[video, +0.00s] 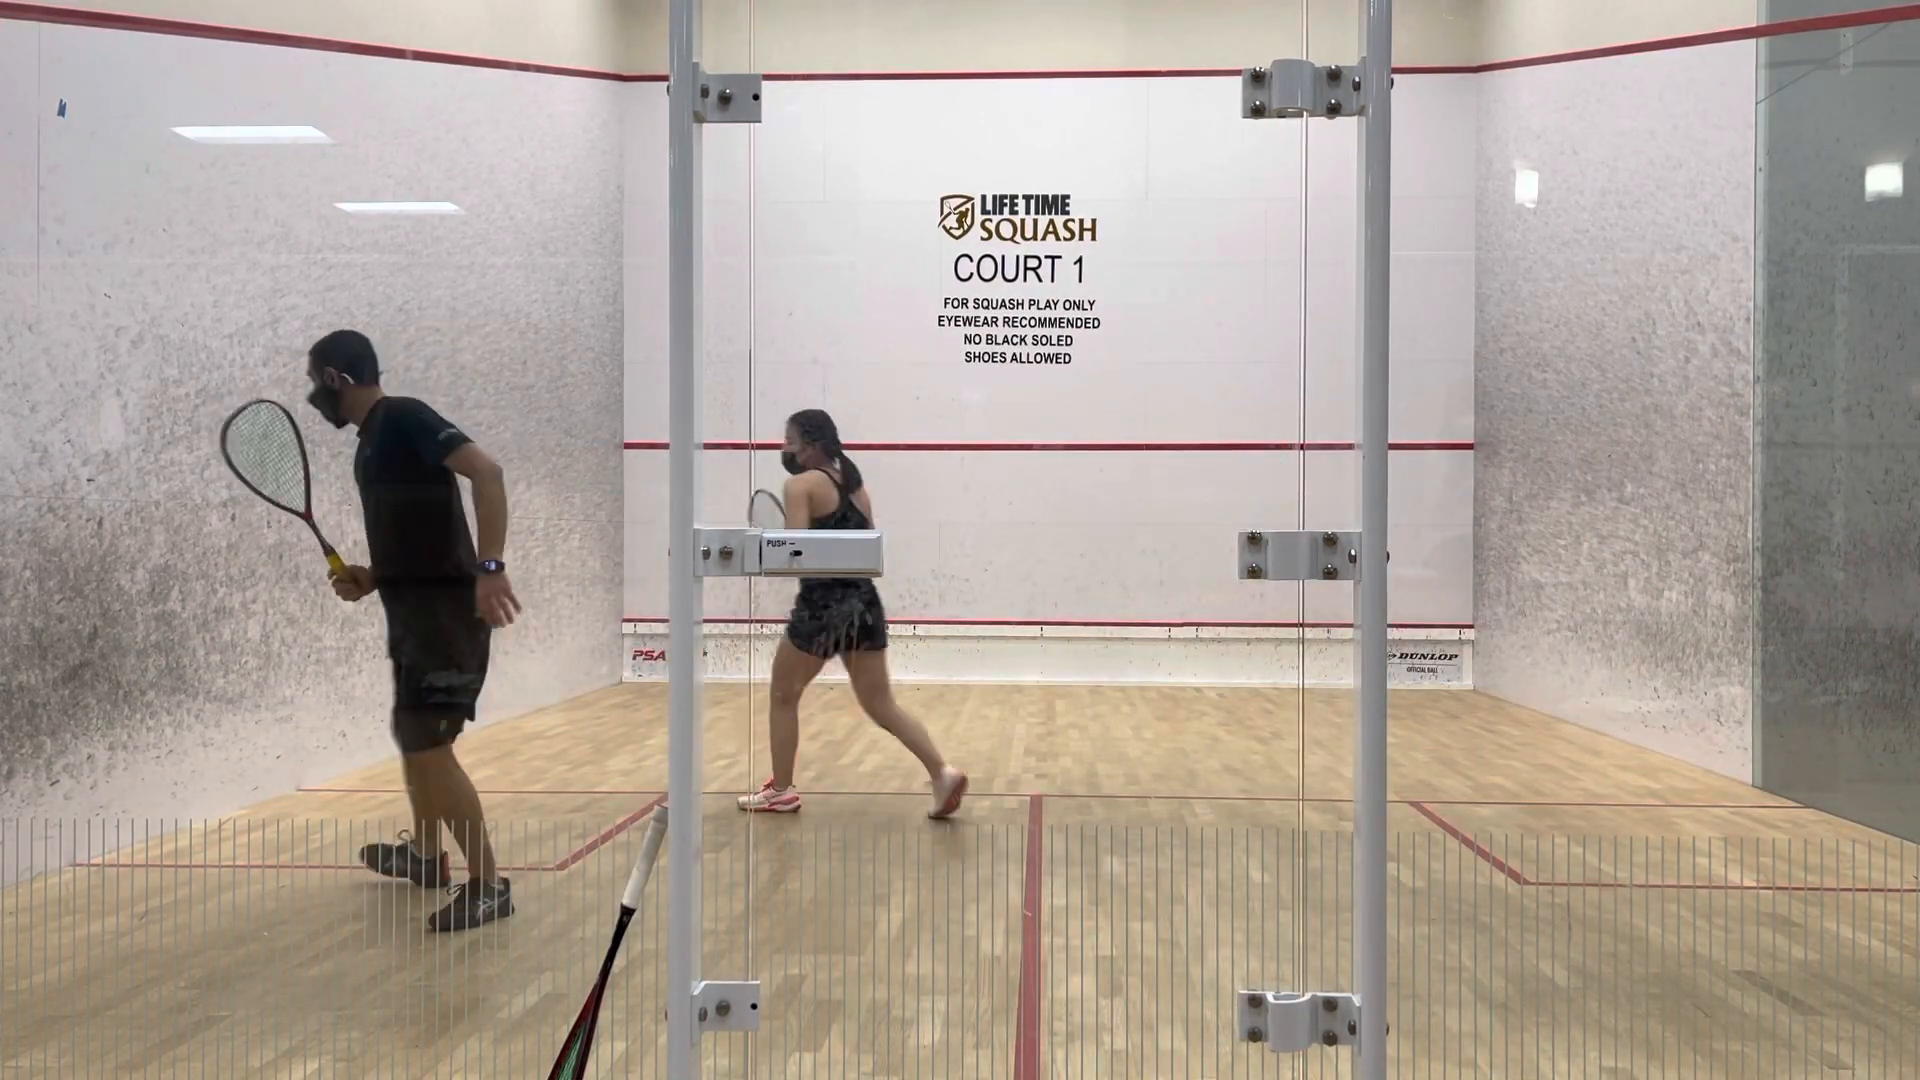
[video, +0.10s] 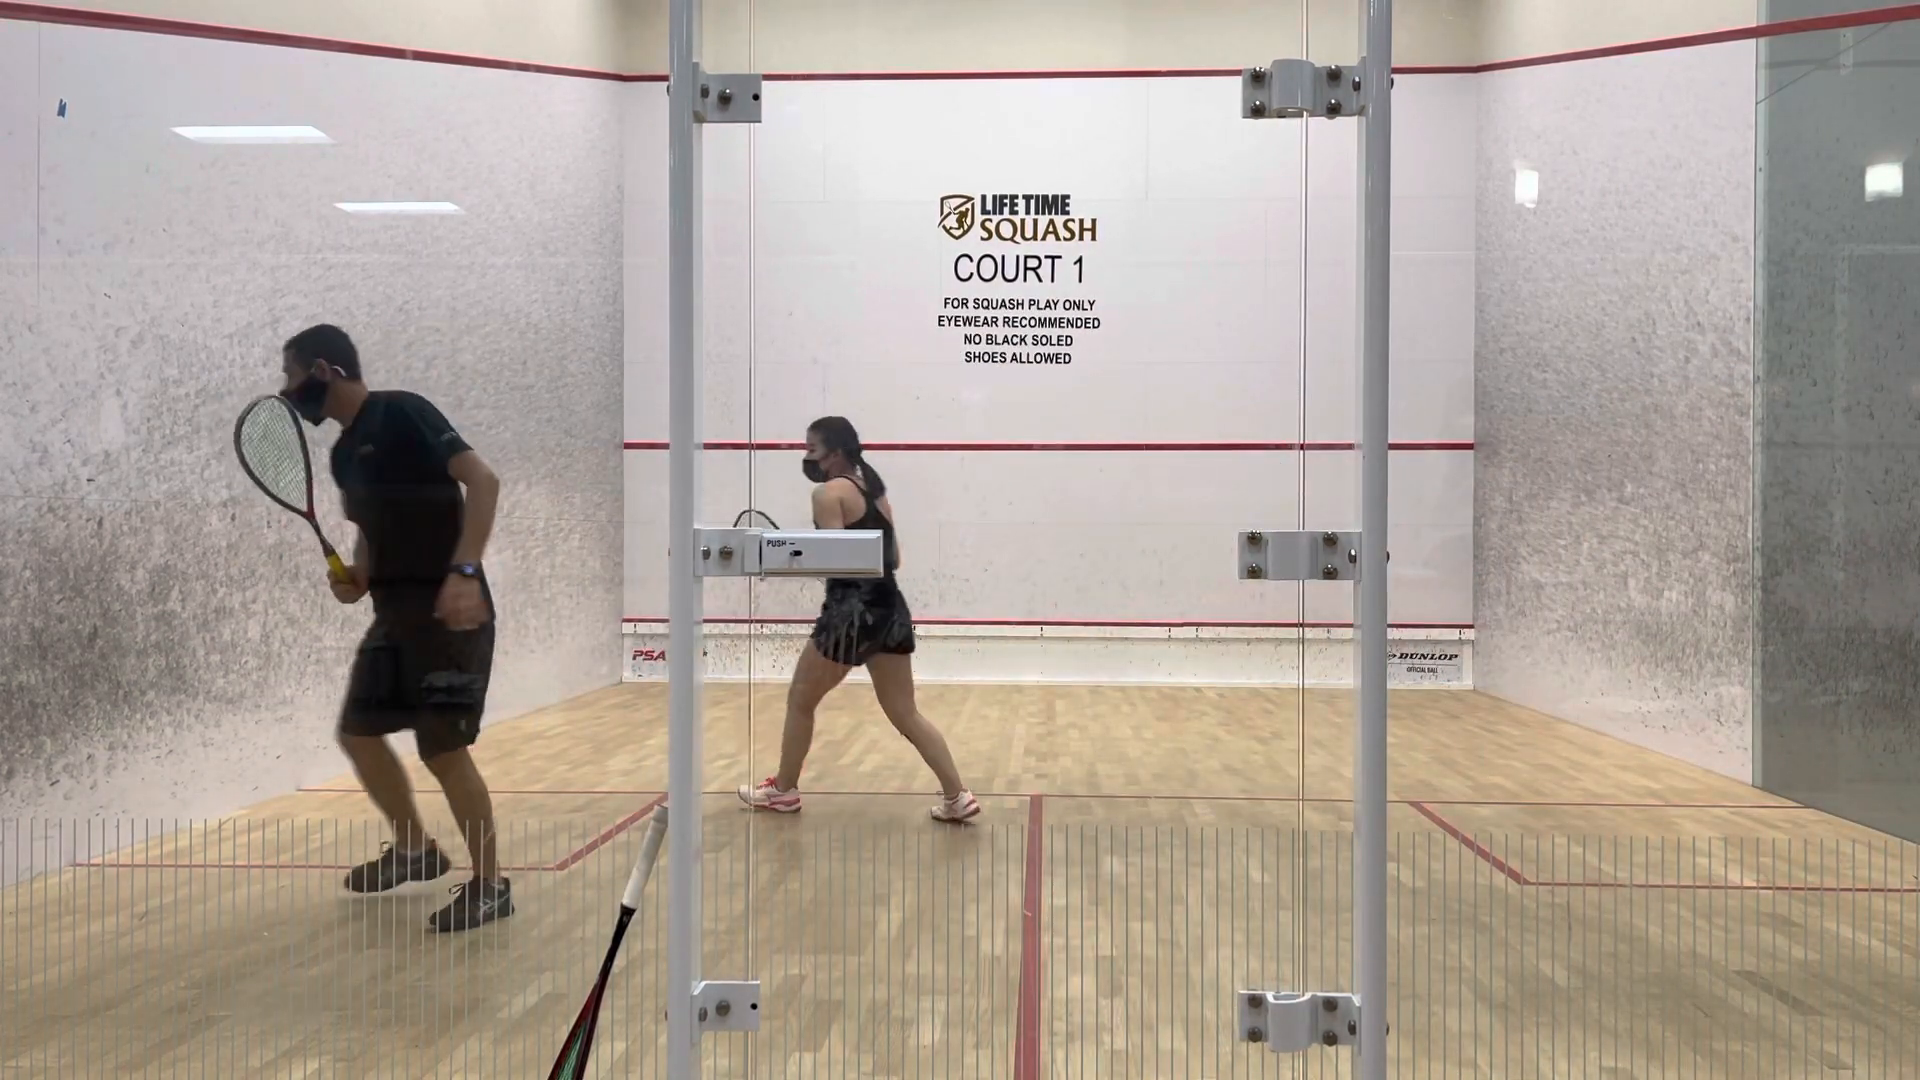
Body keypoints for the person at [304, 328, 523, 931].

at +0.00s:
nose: (313, 397)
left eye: (315, 384)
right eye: (312, 385)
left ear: (339, 380)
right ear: (356, 378)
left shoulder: (401, 418)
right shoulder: (370, 446)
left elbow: (487, 472)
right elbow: (413, 540)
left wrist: (491, 567)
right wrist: (370, 578)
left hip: (446, 608)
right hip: (411, 613)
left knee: (428, 741)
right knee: (413, 734)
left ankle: (488, 883)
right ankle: (425, 854)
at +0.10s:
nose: (292, 394)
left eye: (295, 380)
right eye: (289, 383)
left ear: (329, 370)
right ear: (325, 374)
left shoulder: (405, 412)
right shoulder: (342, 453)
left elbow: (482, 482)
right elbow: (369, 530)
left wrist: (465, 572)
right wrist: (359, 577)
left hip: (450, 604)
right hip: (395, 610)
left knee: (443, 747)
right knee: (358, 733)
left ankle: (488, 882)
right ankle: (414, 846)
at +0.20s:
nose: (263, 390)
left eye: (268, 377)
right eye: (259, 380)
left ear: (305, 366)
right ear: (299, 370)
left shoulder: (383, 407)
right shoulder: (310, 459)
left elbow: (464, 476)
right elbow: (341, 545)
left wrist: (417, 563)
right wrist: (333, 573)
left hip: (440, 603)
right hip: (373, 610)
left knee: (458, 743)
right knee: (310, 730)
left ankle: (489, 883)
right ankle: (352, 870)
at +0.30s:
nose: (233, 406)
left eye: (237, 390)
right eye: (227, 396)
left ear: (271, 375)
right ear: (260, 383)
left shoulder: (352, 415)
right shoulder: (279, 470)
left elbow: (440, 477)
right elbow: (299, 567)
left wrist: (366, 549)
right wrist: (305, 581)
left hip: (418, 616)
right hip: (347, 624)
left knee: (451, 750)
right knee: (268, 739)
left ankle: (486, 885)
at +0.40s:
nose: (176, 412)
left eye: (182, 396)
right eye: (170, 403)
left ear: (224, 384)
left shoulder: (305, 421)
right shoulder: (233, 491)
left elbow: (403, 471)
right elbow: (262, 595)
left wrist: (318, 526)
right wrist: (257, 584)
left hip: (381, 629)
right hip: (310, 638)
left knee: (424, 768)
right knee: (233, 770)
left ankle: (486, 877)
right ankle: (151, 933)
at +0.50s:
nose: (110, 436)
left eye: (115, 420)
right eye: (103, 428)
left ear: (160, 399)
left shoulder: (251, 427)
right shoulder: (163, 513)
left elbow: (365, 459)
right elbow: (199, 629)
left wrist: (295, 505)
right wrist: (199, 587)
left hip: (344, 641)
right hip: (264, 659)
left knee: (374, 803)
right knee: (177, 794)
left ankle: (455, 844)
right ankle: (118, 960)